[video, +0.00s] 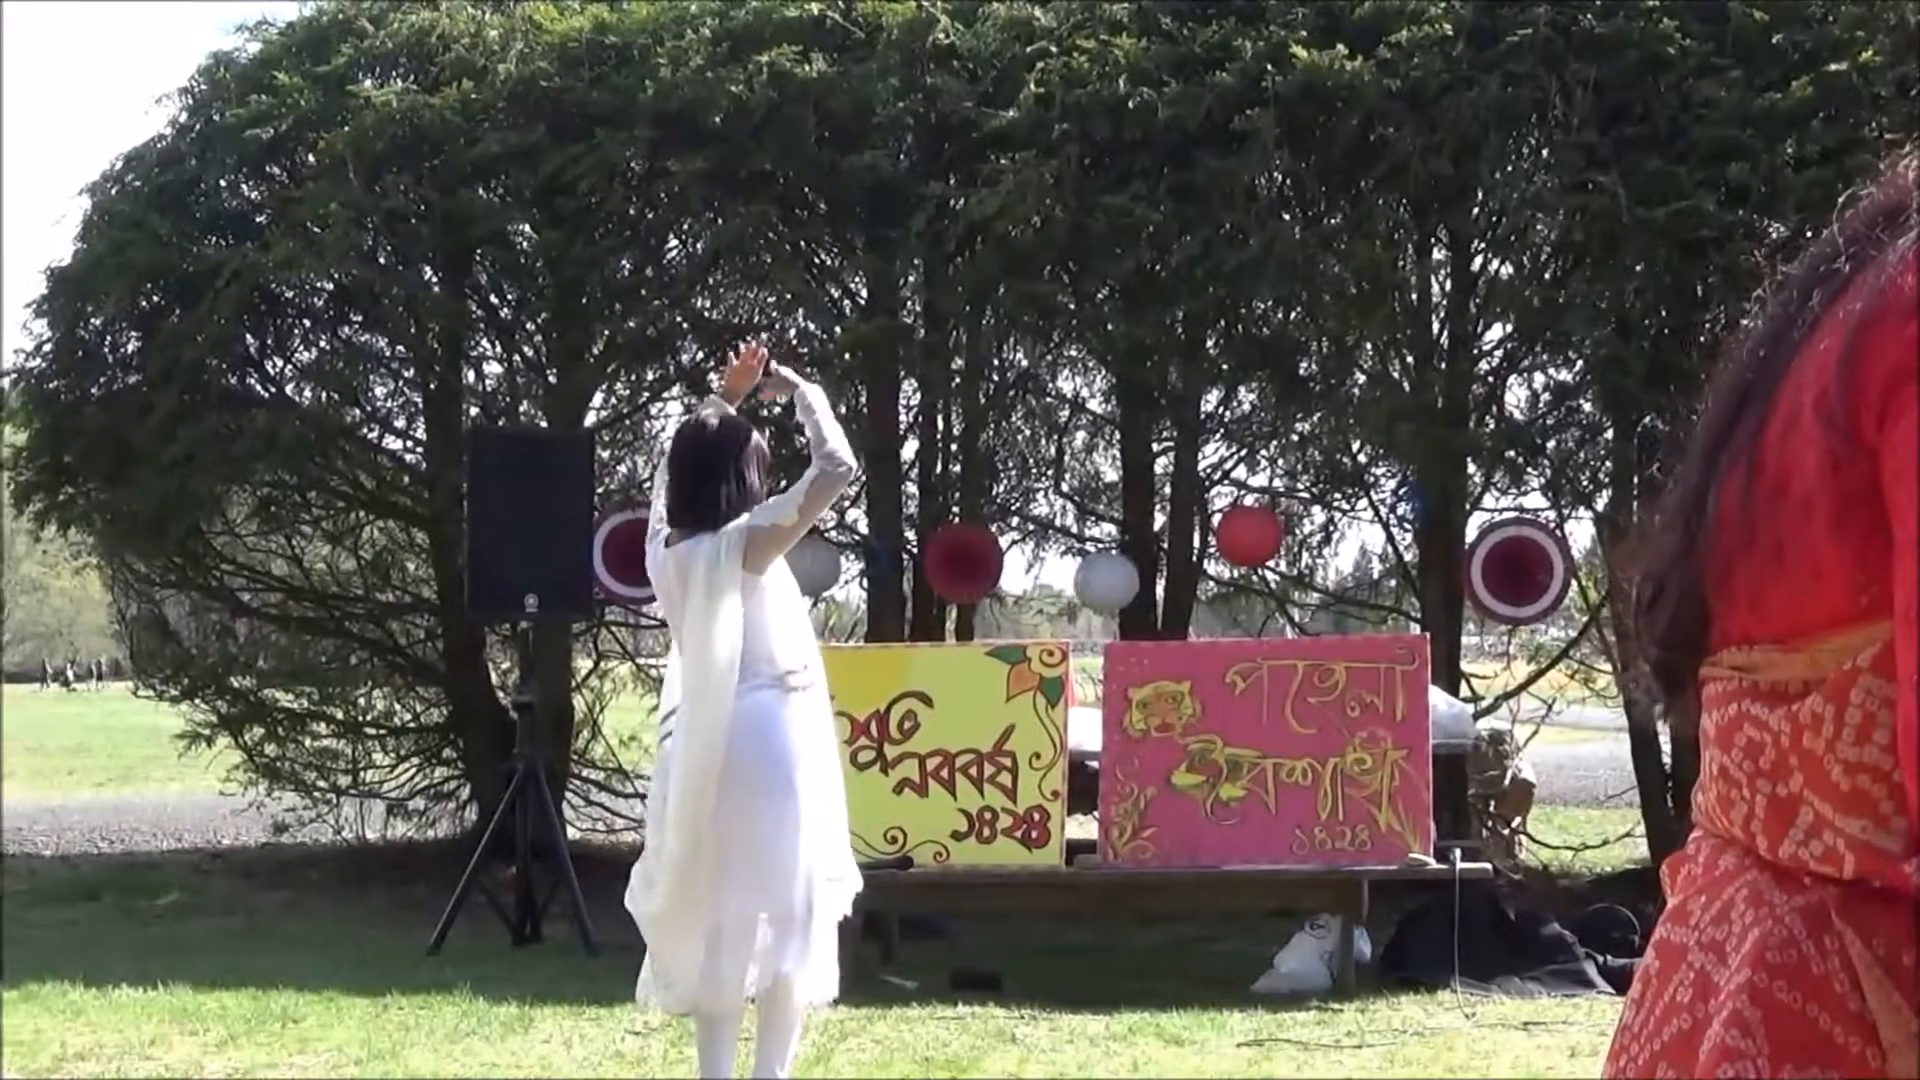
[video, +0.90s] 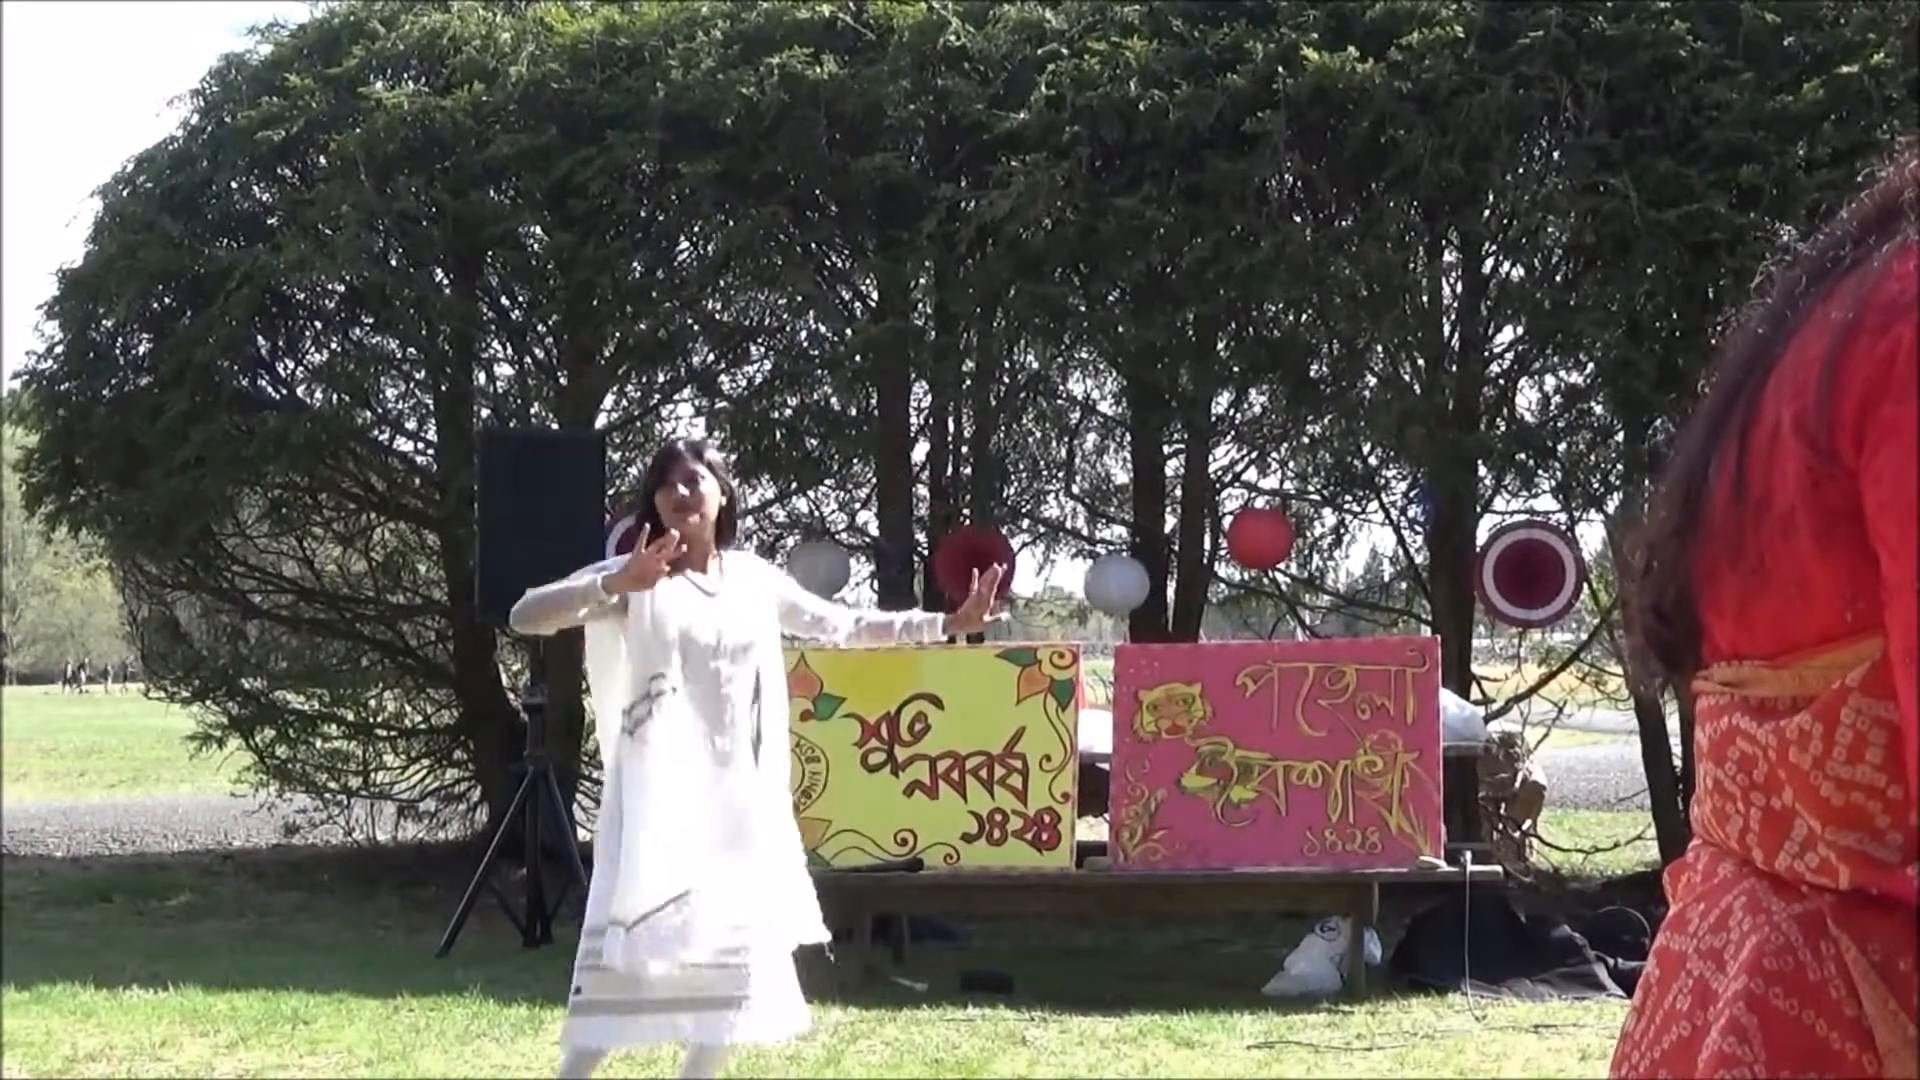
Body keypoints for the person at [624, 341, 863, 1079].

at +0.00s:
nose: (764, 479)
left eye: (762, 468)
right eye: (758, 468)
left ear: (682, 477)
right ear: (738, 475)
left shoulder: (668, 554)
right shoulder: (745, 547)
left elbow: (678, 469)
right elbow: (835, 467)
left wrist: (723, 396)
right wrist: (806, 390)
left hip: (709, 729)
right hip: (772, 727)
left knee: (721, 906)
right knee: (794, 910)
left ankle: (715, 1068)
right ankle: (772, 1069)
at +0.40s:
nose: (770, 483)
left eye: (770, 471)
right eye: (761, 470)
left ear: (705, 478)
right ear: (730, 476)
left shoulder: (728, 546)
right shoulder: (713, 551)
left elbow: (787, 514)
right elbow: (789, 545)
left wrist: (824, 444)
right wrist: (800, 468)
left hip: (760, 740)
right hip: (761, 744)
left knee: (753, 921)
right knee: (793, 919)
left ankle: (697, 1067)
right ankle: (774, 1070)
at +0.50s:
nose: (758, 486)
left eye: (755, 473)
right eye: (746, 475)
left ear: (730, 495)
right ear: (716, 492)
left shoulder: (735, 548)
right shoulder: (697, 560)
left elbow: (802, 516)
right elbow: (756, 596)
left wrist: (862, 475)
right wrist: (778, 523)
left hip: (758, 766)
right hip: (741, 771)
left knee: (737, 944)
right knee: (778, 936)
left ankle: (694, 1068)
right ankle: (771, 1070)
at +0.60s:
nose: (730, 491)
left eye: (735, 476)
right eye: (713, 481)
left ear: (749, 483)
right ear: (685, 498)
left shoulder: (757, 562)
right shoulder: (680, 571)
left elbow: (819, 559)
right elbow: (699, 638)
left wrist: (894, 520)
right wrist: (733, 550)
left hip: (767, 788)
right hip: (709, 792)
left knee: (752, 949)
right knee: (762, 942)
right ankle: (769, 1071)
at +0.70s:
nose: (707, 494)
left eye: (716, 481)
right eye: (691, 485)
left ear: (736, 490)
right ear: (671, 501)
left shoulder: (759, 563)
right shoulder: (661, 574)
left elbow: (831, 593)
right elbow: (635, 655)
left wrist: (927, 565)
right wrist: (692, 576)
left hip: (765, 795)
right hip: (697, 802)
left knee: (758, 967)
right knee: (727, 971)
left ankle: (717, 1068)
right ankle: (707, 1069)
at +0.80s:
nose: (699, 496)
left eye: (710, 483)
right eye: (685, 485)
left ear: (731, 496)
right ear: (663, 500)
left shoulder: (760, 574)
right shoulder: (646, 577)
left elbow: (841, 616)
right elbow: (571, 641)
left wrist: (944, 599)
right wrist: (664, 579)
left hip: (754, 782)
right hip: (674, 787)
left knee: (750, 943)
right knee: (677, 937)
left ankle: (702, 1069)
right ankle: (650, 1067)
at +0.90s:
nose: (683, 493)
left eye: (696, 479)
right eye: (670, 483)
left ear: (722, 494)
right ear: (651, 499)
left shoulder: (753, 577)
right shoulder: (627, 573)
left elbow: (844, 625)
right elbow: (523, 616)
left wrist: (952, 624)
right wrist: (618, 583)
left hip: (739, 794)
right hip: (649, 794)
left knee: (734, 961)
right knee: (616, 953)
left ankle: (700, 1070)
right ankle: (573, 1071)